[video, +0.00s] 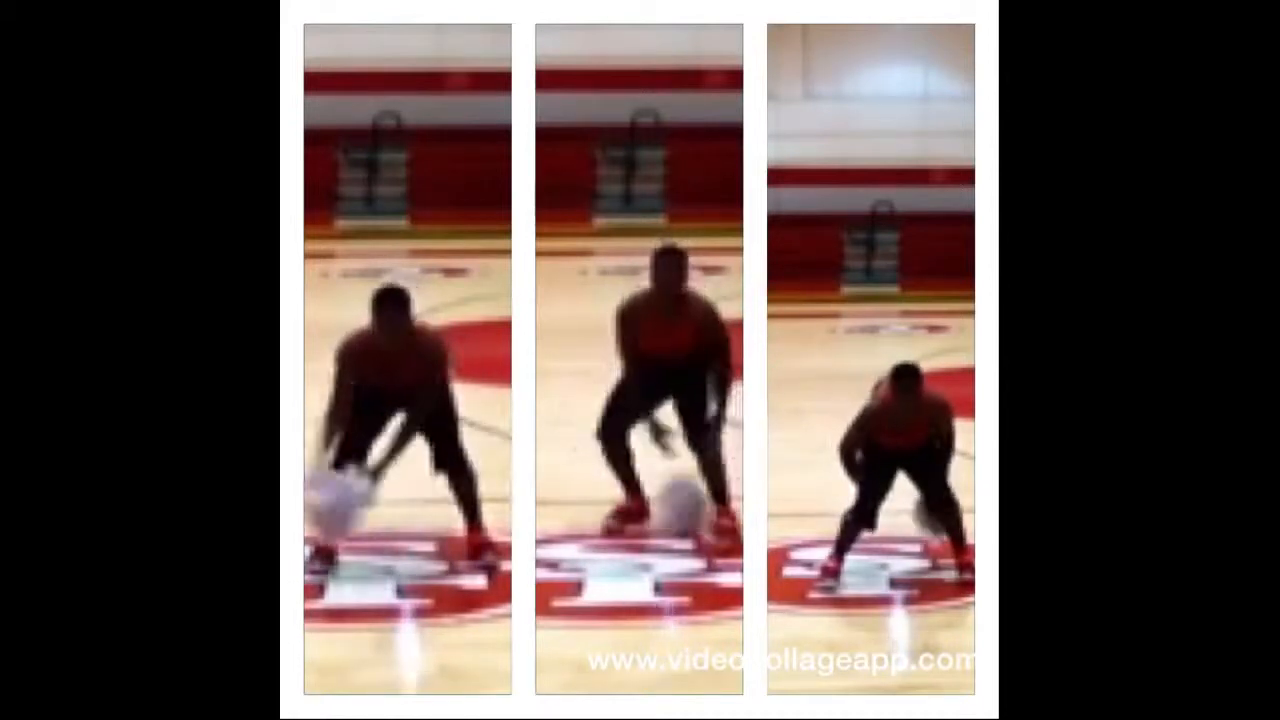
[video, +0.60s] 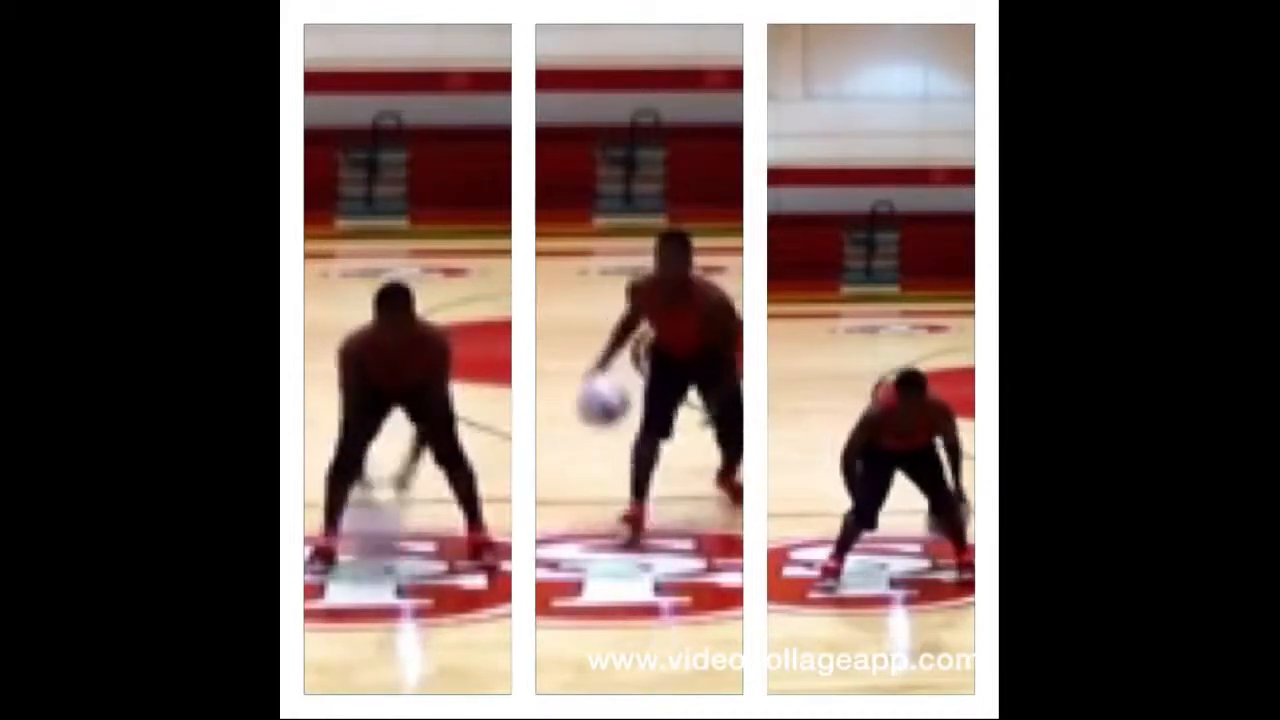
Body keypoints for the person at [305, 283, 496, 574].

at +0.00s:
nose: (391, 333)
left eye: (398, 325)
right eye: (385, 324)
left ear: (409, 319)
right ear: (374, 320)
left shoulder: (430, 347)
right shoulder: (355, 350)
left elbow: (418, 417)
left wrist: (381, 468)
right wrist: (325, 451)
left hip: (425, 397)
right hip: (376, 398)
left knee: (454, 462)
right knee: (346, 460)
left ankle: (476, 534)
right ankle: (327, 543)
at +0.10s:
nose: (398, 327)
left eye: (405, 316)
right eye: (390, 317)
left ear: (415, 313)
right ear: (380, 315)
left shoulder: (437, 343)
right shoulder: (363, 350)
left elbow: (445, 410)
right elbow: (379, 424)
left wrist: (445, 457)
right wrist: (403, 474)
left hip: (425, 392)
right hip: (375, 396)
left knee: (456, 458)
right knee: (350, 462)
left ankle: (477, 531)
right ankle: (329, 538)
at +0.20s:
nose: (409, 336)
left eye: (414, 325)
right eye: (400, 328)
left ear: (423, 321)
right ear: (388, 325)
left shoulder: (442, 348)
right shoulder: (369, 360)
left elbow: (481, 397)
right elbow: (396, 425)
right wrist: (439, 467)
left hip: (424, 395)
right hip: (377, 401)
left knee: (458, 463)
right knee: (351, 470)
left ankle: (476, 534)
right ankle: (330, 537)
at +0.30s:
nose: (408, 338)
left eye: (414, 327)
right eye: (400, 329)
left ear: (424, 322)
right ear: (389, 325)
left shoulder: (443, 349)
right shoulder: (370, 360)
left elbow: (475, 397)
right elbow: (385, 429)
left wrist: (501, 440)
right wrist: (423, 476)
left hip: (422, 390)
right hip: (375, 395)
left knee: (457, 460)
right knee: (353, 465)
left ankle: (476, 534)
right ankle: (330, 537)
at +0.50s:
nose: (394, 335)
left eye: (400, 325)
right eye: (387, 326)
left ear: (410, 320)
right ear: (376, 321)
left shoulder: (433, 346)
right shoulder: (356, 350)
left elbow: (417, 415)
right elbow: (335, 407)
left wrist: (373, 458)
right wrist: (308, 461)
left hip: (422, 395)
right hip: (374, 396)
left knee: (451, 456)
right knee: (348, 463)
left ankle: (477, 530)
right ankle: (328, 540)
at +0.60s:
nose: (395, 332)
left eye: (402, 322)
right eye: (388, 323)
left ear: (412, 316)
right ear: (377, 317)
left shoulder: (433, 344)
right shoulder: (356, 349)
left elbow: (432, 416)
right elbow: (352, 416)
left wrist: (410, 467)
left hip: (422, 393)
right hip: (373, 394)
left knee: (451, 457)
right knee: (345, 460)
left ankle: (477, 530)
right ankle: (329, 536)